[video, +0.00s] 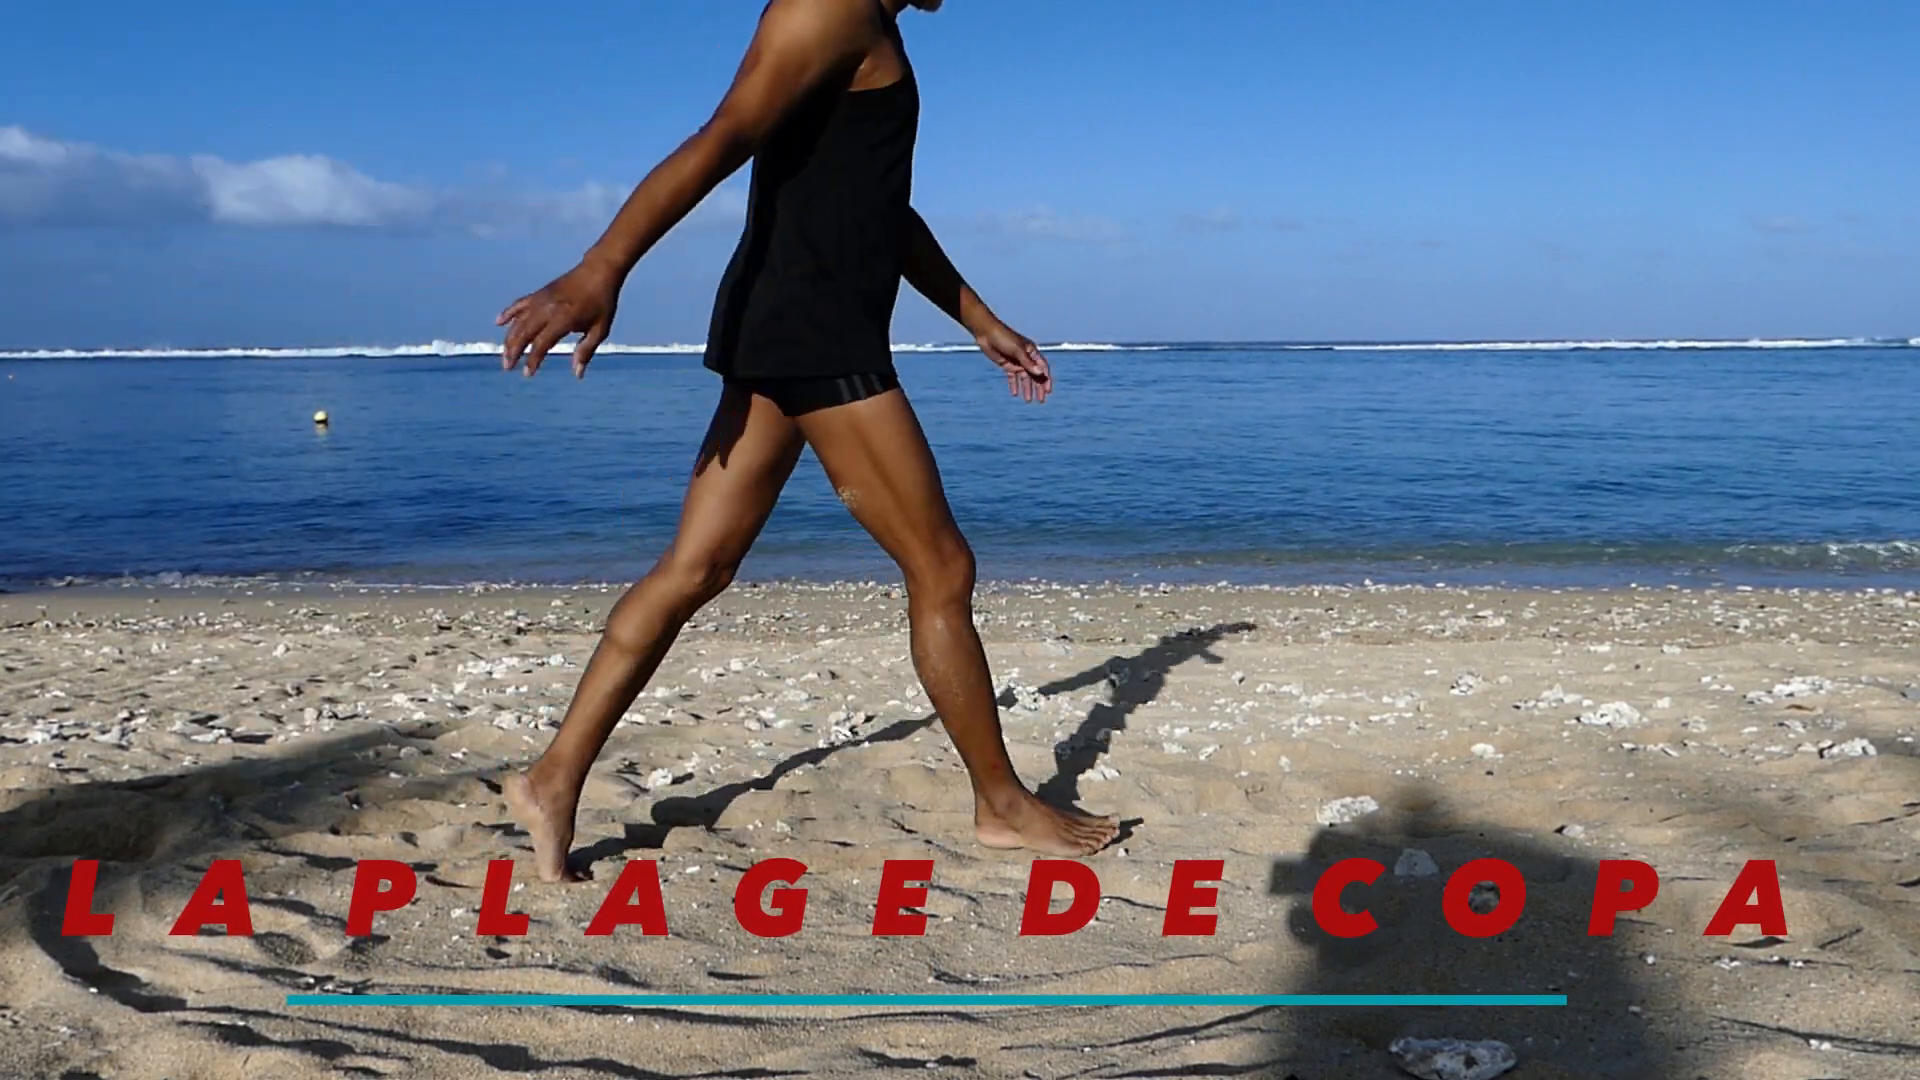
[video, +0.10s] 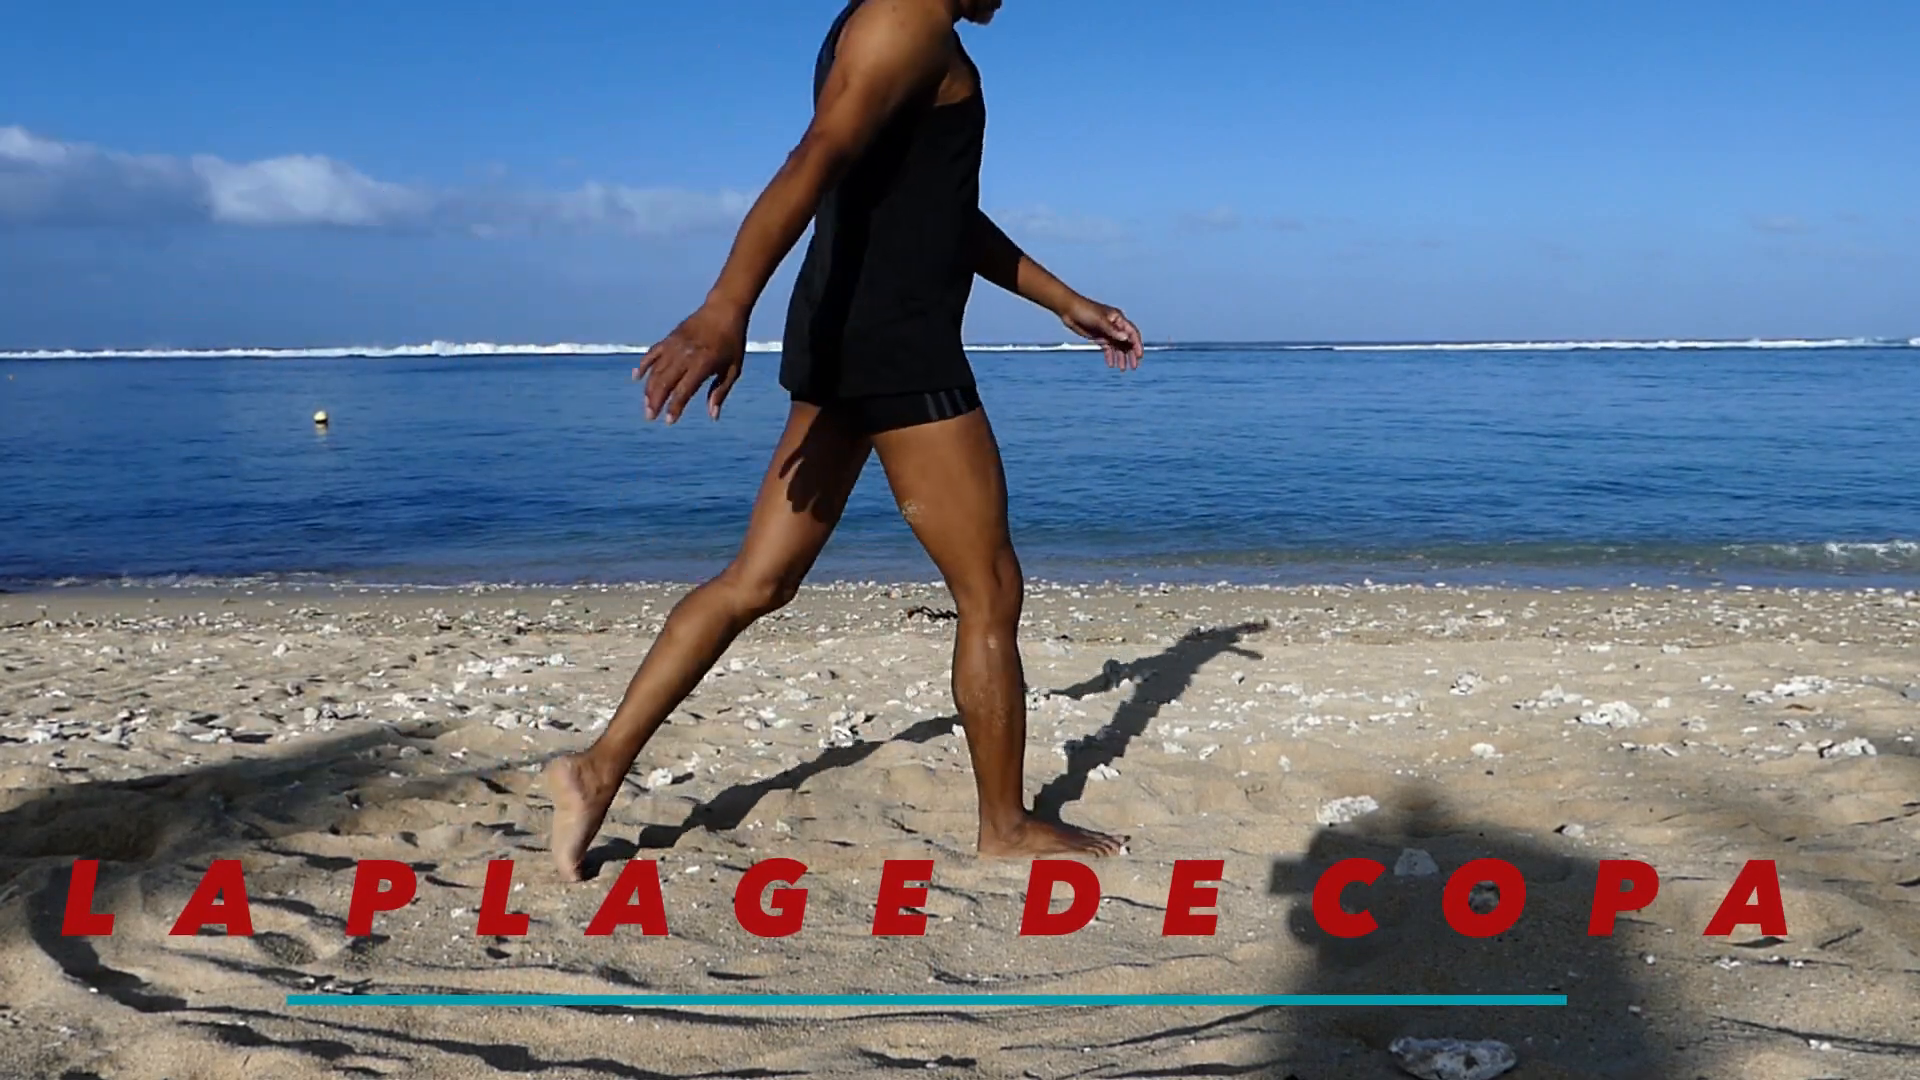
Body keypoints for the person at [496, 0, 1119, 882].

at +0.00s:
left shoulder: (869, 29)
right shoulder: (833, 11)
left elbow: (878, 206)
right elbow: (723, 139)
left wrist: (978, 317)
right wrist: (601, 269)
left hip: (783, 324)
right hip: (822, 330)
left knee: (693, 568)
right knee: (940, 570)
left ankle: (551, 779)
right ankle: (1003, 800)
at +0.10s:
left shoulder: (899, 32)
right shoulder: (907, 23)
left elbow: (948, 218)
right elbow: (816, 160)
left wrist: (1068, 303)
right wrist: (724, 309)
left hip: (840, 343)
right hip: (906, 348)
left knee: (755, 582)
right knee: (990, 591)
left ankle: (599, 766)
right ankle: (1005, 822)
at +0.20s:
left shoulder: (904, 38)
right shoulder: (963, 38)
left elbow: (984, 224)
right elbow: (875, 200)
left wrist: (1111, 290)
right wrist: (817, 347)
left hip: (884, 356)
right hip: (949, 360)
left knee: (821, 593)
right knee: (1023, 590)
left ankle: (635, 756)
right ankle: (1006, 827)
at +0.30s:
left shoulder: (944, 40)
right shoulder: (1024, 44)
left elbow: (1023, 229)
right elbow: (997, 217)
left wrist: (1160, 285)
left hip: (920, 353)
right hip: (995, 358)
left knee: (930, 594)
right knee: (1047, 596)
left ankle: (727, 725)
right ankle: (1008, 829)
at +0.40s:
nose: (1120, 2)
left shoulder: (966, 38)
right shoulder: (1056, 39)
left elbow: (1039, 224)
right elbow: (1064, 218)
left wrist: (1172, 293)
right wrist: (1105, 393)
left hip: (953, 346)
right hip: (1025, 352)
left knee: (989, 586)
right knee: (1051, 597)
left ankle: (796, 716)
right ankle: (1008, 827)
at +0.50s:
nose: (1159, 1)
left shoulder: (1014, 26)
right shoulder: (1102, 23)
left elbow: (1074, 227)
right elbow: (1153, 203)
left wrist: (1183, 309)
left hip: (1007, 329)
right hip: (1052, 337)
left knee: (1096, 557)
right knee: (1058, 581)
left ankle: (913, 725)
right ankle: (1011, 819)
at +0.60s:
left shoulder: (1040, 24)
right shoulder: (1130, 15)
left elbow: (1079, 213)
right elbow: (1203, 192)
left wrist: (1182, 320)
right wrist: (1340, 318)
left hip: (1045, 319)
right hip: (1075, 328)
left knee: (1142, 542)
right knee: (1068, 583)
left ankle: (1002, 737)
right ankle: (1015, 813)